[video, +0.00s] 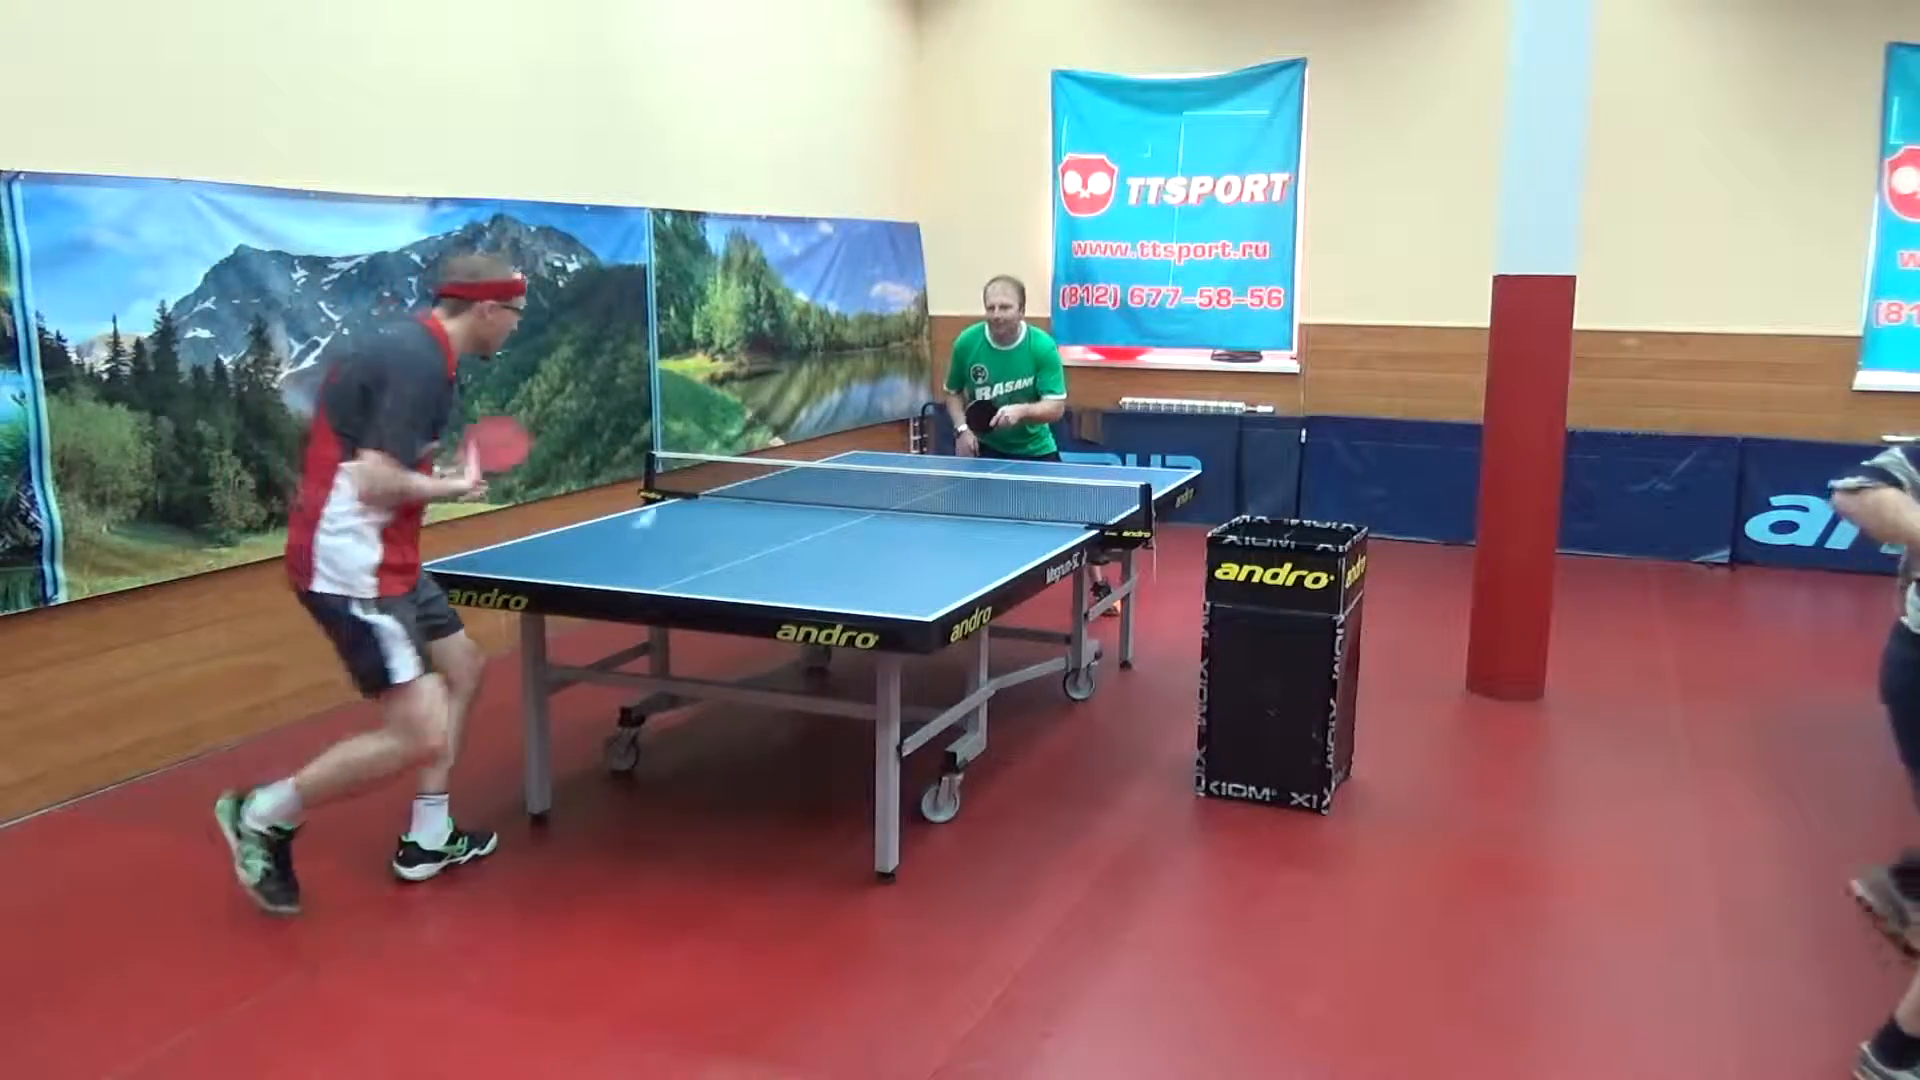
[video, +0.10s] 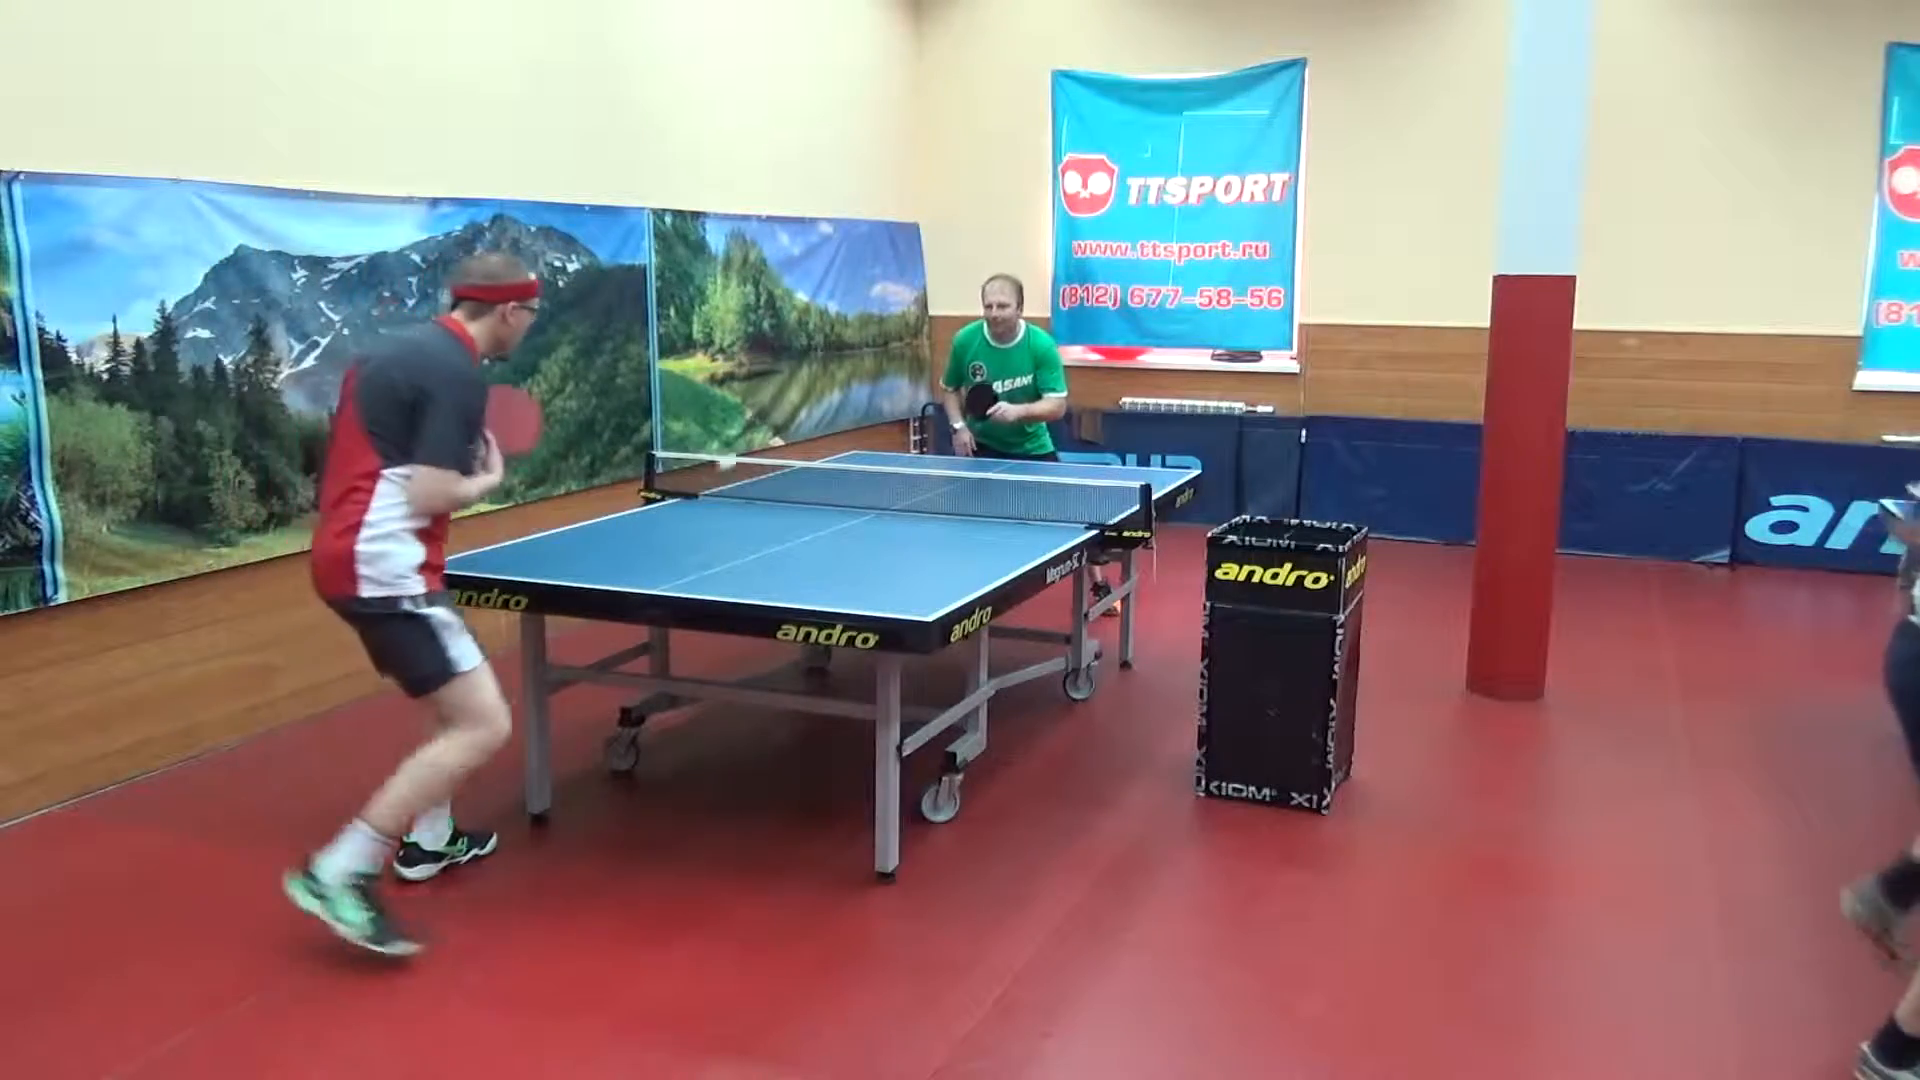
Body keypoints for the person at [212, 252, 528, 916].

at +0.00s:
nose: (514, 325)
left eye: (515, 313)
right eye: (510, 312)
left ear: (468, 306)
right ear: (478, 309)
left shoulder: (422, 353)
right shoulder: (415, 360)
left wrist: (442, 469)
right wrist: (457, 483)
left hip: (386, 562)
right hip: (346, 572)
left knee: (463, 665)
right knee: (419, 731)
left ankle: (429, 835)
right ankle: (260, 814)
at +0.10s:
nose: (528, 328)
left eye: (529, 316)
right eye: (526, 315)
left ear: (465, 304)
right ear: (502, 312)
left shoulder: (396, 351)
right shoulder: (452, 369)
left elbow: (362, 470)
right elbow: (428, 493)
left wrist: (450, 471)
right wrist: (490, 480)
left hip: (356, 564)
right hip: (384, 570)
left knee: (463, 697)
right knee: (483, 726)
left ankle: (430, 841)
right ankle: (335, 874)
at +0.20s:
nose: (544, 328)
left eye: (545, 315)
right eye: (544, 315)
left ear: (479, 302)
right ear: (523, 313)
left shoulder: (405, 353)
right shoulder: (479, 367)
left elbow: (367, 467)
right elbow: (462, 498)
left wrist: (470, 477)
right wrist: (508, 486)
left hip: (365, 566)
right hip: (417, 570)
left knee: (457, 686)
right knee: (524, 729)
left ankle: (430, 839)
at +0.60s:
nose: (599, 303)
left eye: (600, 290)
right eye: (602, 290)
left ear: (525, 273)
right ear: (589, 283)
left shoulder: (441, 330)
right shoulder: (561, 349)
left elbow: (384, 459)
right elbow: (586, 490)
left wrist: (420, 522)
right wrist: (619, 491)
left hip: (416, 578)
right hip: (512, 584)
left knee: (419, 711)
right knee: (589, 747)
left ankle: (360, 887)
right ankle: (564, 951)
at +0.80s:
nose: (590, 311)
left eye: (588, 301)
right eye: (590, 301)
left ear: (511, 287)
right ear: (581, 299)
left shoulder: (432, 348)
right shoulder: (580, 375)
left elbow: (382, 481)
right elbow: (594, 515)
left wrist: (371, 558)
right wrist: (519, 504)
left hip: (415, 598)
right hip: (523, 605)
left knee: (397, 739)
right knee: (618, 749)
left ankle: (342, 915)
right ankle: (566, 949)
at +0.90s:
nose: (567, 329)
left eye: (566, 317)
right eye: (569, 317)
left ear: (490, 298)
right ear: (560, 314)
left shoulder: (418, 359)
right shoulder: (558, 395)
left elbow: (373, 500)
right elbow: (517, 507)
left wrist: (313, 614)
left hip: (408, 609)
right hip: (521, 618)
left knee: (392, 734)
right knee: (615, 754)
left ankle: (349, 910)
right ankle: (567, 951)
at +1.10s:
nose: (485, 352)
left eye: (480, 342)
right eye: (485, 342)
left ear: (407, 334)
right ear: (476, 343)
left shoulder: (355, 395)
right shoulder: (482, 412)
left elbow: (314, 525)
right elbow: (399, 488)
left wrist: (225, 643)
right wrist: (281, 502)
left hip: (366, 645)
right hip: (480, 643)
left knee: (317, 745)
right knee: (563, 769)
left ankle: (283, 917)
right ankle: (566, 949)